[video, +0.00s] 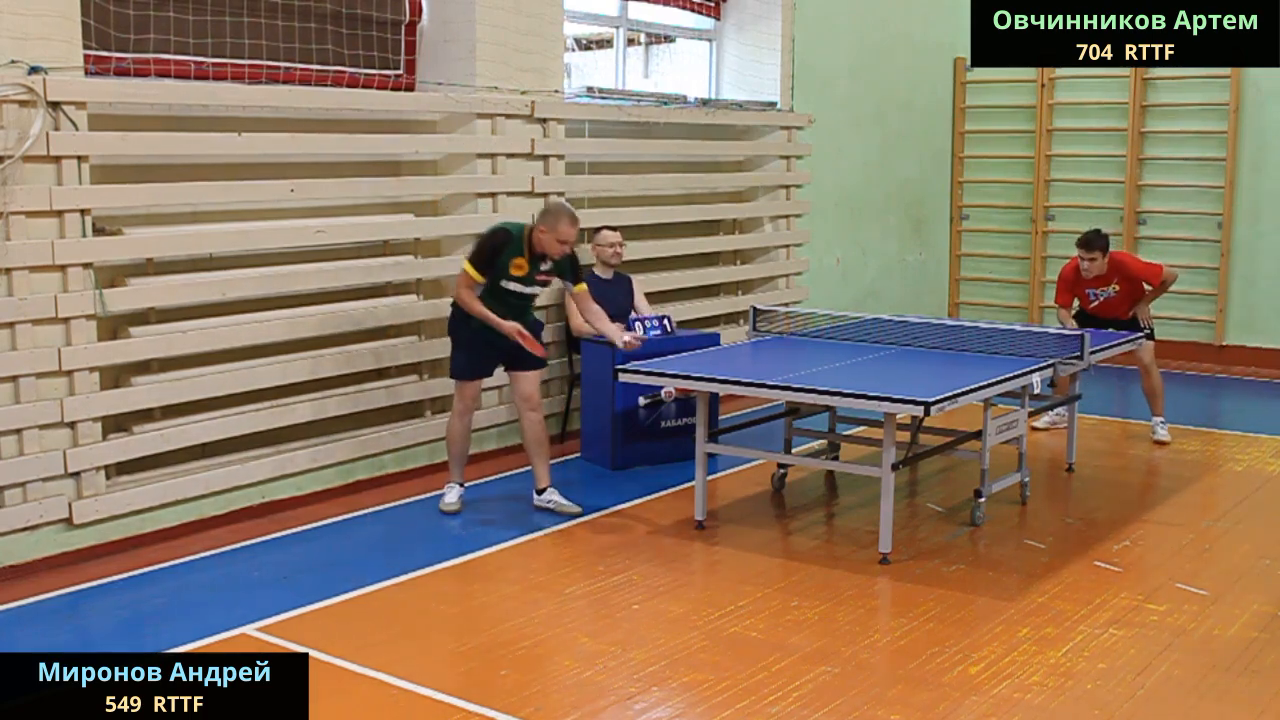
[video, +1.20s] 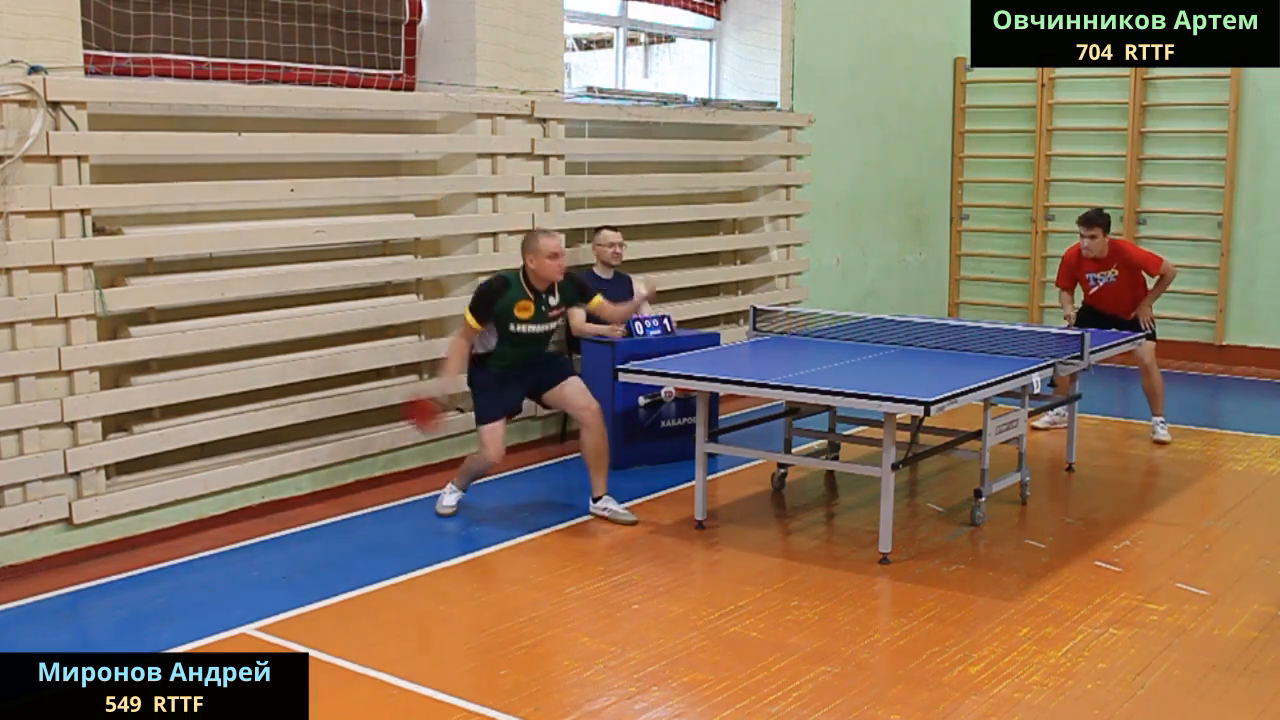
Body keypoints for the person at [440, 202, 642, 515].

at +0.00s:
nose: (568, 250)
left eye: (571, 244)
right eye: (562, 242)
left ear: (573, 238)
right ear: (540, 231)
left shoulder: (565, 258)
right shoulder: (500, 239)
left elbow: (586, 303)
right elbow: (462, 292)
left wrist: (617, 335)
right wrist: (500, 324)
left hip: (520, 325)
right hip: (476, 322)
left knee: (531, 402)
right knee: (465, 403)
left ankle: (544, 490)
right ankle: (454, 484)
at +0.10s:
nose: (577, 260)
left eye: (581, 254)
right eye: (573, 253)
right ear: (551, 241)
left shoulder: (575, 266)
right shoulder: (512, 248)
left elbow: (595, 309)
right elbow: (482, 309)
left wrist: (623, 341)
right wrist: (529, 337)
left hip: (527, 323)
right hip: (480, 320)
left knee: (534, 401)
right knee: (468, 401)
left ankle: (544, 490)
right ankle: (455, 484)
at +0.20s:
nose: (585, 266)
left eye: (589, 260)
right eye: (580, 259)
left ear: (591, 255)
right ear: (559, 247)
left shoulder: (581, 267)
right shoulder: (523, 255)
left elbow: (604, 310)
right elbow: (506, 321)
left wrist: (630, 338)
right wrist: (559, 344)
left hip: (529, 320)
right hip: (483, 318)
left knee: (536, 400)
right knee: (470, 402)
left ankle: (544, 490)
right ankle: (455, 483)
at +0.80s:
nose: (566, 275)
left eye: (569, 268)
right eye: (560, 267)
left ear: (570, 265)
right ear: (537, 262)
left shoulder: (561, 286)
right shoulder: (504, 272)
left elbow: (582, 331)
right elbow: (475, 331)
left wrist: (622, 350)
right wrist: (529, 330)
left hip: (513, 340)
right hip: (466, 341)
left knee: (555, 402)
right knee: (469, 428)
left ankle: (583, 490)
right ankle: (451, 488)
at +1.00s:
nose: (568, 282)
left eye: (570, 275)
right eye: (560, 276)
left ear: (570, 274)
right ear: (537, 276)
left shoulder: (565, 302)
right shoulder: (501, 293)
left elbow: (597, 344)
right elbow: (476, 351)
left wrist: (639, 353)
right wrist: (524, 339)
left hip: (526, 361)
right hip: (481, 368)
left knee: (578, 410)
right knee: (488, 450)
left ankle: (599, 498)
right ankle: (455, 487)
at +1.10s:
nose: (566, 277)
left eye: (567, 270)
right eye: (558, 271)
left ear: (568, 269)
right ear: (534, 273)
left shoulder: (567, 296)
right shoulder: (499, 297)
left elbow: (608, 333)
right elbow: (475, 352)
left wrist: (647, 336)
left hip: (535, 363)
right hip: (491, 367)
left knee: (587, 411)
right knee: (493, 457)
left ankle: (599, 498)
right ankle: (457, 487)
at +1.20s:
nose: (562, 263)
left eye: (562, 255)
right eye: (554, 257)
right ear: (530, 262)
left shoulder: (568, 285)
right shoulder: (497, 289)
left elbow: (611, 313)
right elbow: (464, 337)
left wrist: (639, 300)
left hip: (540, 365)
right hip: (494, 371)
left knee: (590, 411)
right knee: (492, 455)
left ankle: (600, 498)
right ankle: (456, 488)